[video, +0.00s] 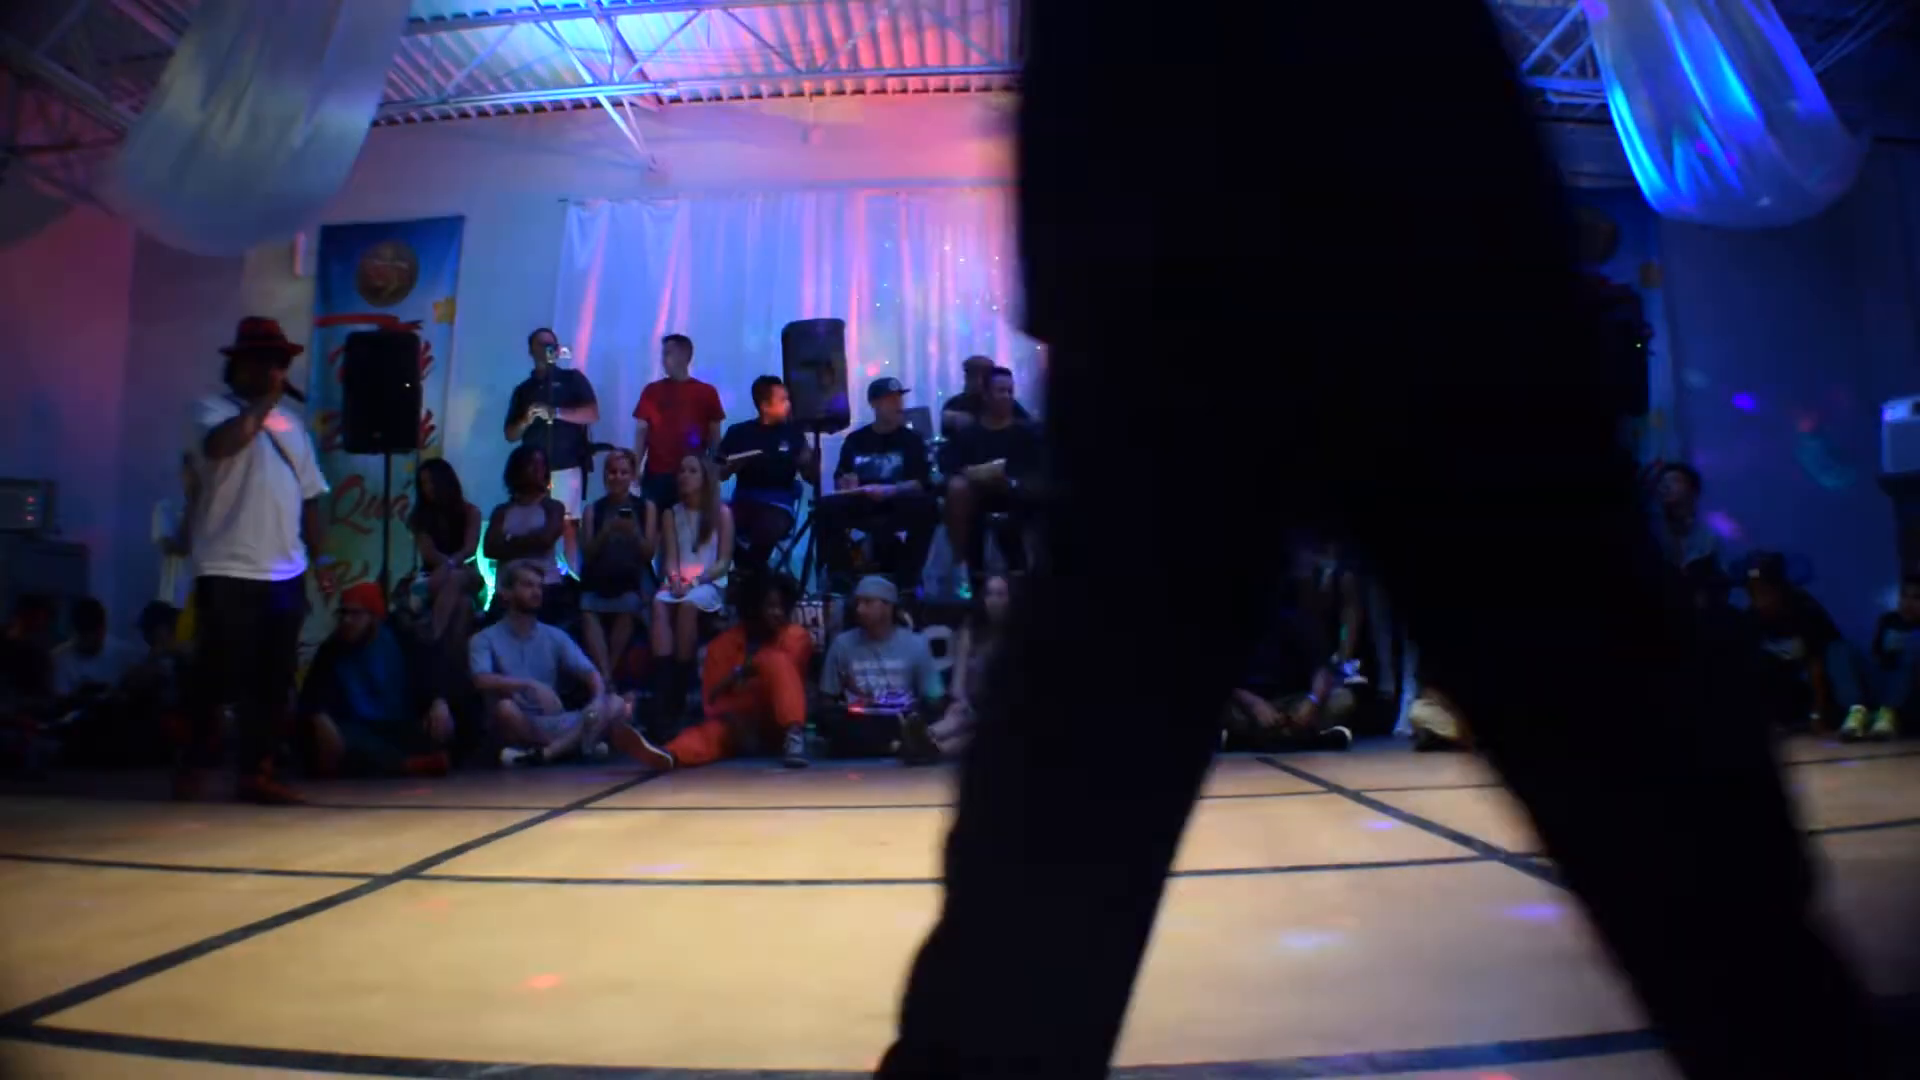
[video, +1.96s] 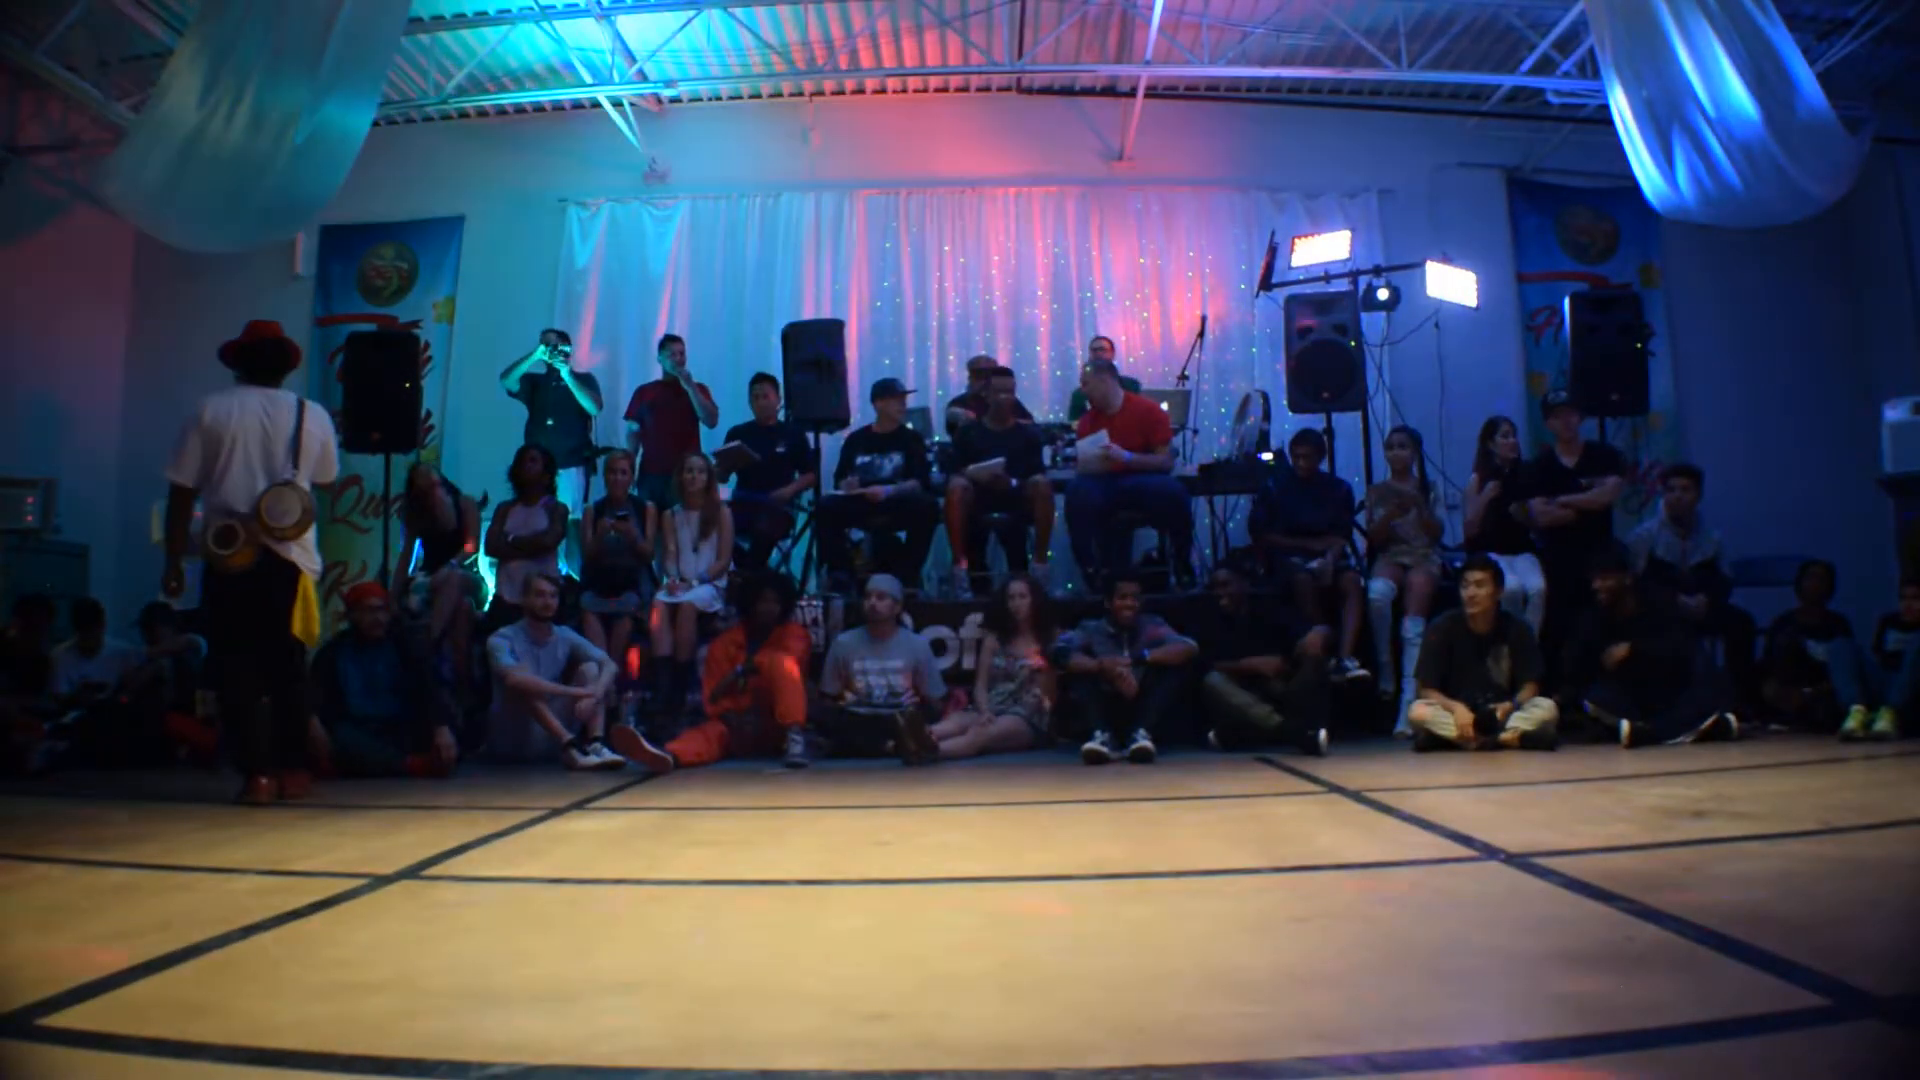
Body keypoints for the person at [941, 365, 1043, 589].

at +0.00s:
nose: (1007, 397)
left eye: (1010, 391)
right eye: (1001, 391)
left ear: (1014, 394)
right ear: (986, 395)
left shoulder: (1027, 432)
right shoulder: (967, 434)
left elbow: (1035, 471)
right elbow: (949, 467)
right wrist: (978, 473)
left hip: (1013, 489)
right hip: (976, 491)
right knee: (958, 487)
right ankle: (961, 567)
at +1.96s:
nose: (1005, 398)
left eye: (1009, 392)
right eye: (999, 392)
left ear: (1016, 395)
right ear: (986, 395)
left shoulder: (1028, 432)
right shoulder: (969, 432)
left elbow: (1037, 473)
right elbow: (954, 468)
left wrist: (1010, 482)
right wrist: (972, 474)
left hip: (1015, 489)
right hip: (980, 489)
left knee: (1041, 485)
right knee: (957, 486)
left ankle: (1040, 561)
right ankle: (960, 562)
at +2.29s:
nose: (976, 395)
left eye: (982, 389)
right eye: (975, 389)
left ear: (1003, 396)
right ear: (974, 396)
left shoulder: (1024, 432)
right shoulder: (966, 432)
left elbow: (1035, 473)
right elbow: (954, 469)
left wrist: (1006, 481)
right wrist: (975, 476)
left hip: (1012, 489)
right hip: (978, 491)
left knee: (1040, 487)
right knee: (957, 487)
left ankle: (1040, 564)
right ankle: (959, 567)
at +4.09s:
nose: (972, 395)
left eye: (978, 391)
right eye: (971, 392)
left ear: (996, 396)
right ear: (970, 401)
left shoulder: (1021, 431)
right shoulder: (965, 433)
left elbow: (1033, 471)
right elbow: (953, 474)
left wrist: (1010, 483)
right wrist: (982, 480)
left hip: (1012, 493)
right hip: (977, 494)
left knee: (1042, 485)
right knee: (957, 489)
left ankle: (1040, 564)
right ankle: (958, 566)